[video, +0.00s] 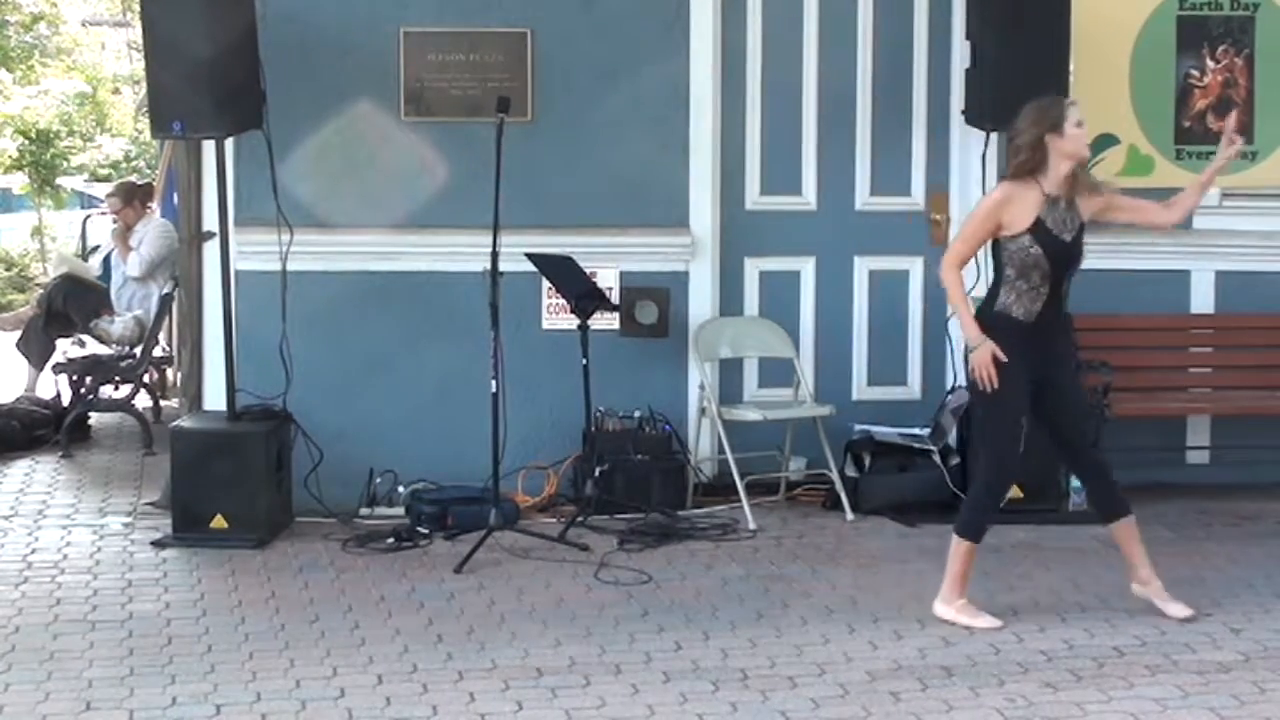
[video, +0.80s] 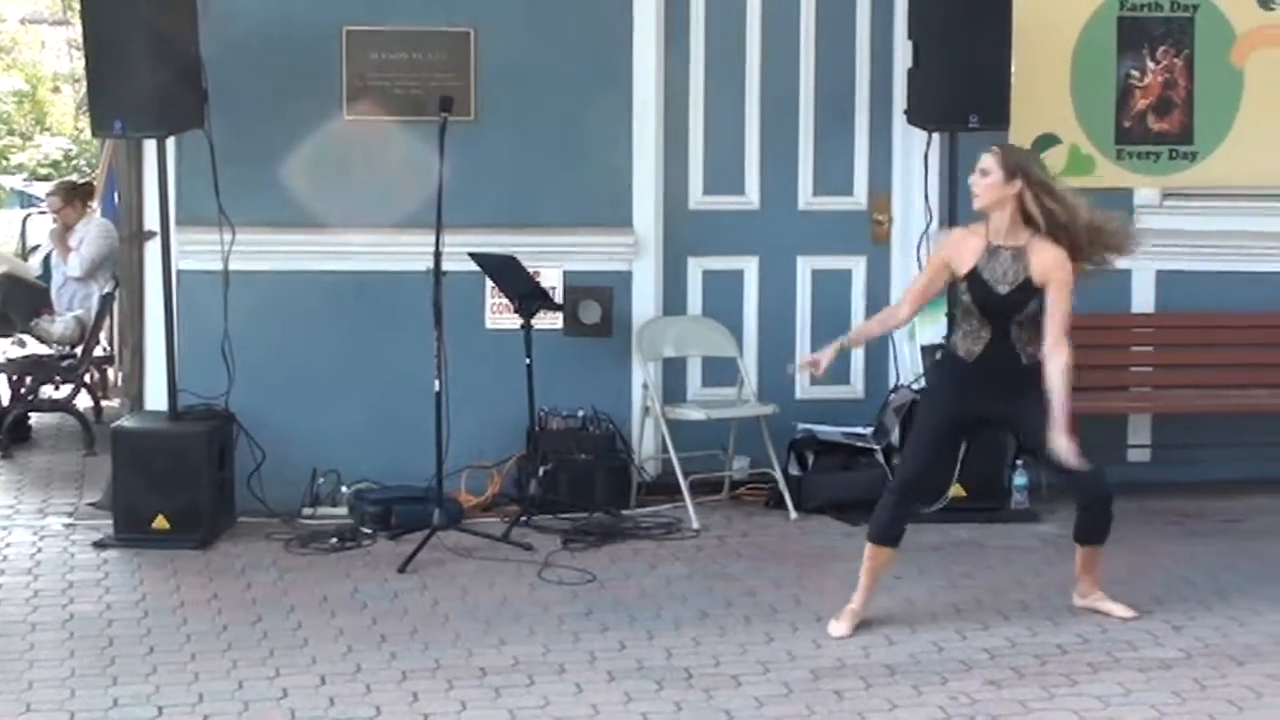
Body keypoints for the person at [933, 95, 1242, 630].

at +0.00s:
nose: (1088, 135)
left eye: (1086, 127)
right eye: (1077, 127)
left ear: (1069, 139)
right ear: (1048, 138)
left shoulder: (1087, 200)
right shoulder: (1009, 196)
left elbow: (1169, 214)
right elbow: (951, 265)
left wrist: (1220, 162)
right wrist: (975, 339)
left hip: (1053, 349)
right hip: (1002, 347)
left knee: (1091, 460)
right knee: (995, 469)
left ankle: (1146, 578)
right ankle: (949, 598)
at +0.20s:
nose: (1129, 125)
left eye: (1127, 115)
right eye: (1116, 116)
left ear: (1122, 128)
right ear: (1089, 130)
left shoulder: (1135, 191)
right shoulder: (1052, 190)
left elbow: (1220, 205)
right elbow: (980, 231)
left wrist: (1266, 156)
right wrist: (1024, 264)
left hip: (1102, 344)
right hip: (1049, 340)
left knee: (1131, 456)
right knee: (1013, 452)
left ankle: (1144, 586)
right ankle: (953, 582)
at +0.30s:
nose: (1110, 135)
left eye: (1117, 125)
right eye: (1098, 129)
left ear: (1133, 136)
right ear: (1084, 144)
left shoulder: (1149, 203)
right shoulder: (1060, 200)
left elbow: (1236, 214)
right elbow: (983, 240)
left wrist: (1273, 165)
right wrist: (983, 207)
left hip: (1105, 351)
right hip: (1049, 346)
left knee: (1138, 463)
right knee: (1008, 457)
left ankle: (1135, 589)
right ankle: (943, 581)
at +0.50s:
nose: (1055, 163)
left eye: (1068, 153)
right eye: (1054, 155)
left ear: (1101, 164)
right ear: (1058, 168)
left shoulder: (1133, 229)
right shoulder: (1037, 220)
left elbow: (1219, 248)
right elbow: (951, 247)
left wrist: (1267, 208)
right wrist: (914, 193)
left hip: (1083, 375)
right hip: (1022, 366)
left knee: (1137, 482)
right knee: (963, 467)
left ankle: (1107, 591)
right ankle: (887, 587)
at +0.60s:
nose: (1033, 172)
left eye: (1043, 164)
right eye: (1034, 163)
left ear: (1076, 174)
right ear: (1049, 176)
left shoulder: (1117, 243)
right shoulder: (1016, 231)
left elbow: (1194, 288)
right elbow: (931, 261)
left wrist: (1252, 270)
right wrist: (866, 229)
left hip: (1067, 384)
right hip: (1003, 375)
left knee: (1127, 485)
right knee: (941, 479)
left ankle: (1096, 589)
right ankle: (865, 594)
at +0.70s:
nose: (1008, 177)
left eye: (1019, 169)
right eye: (1010, 169)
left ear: (1050, 179)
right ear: (1026, 179)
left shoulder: (1086, 252)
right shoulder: (989, 237)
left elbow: (1143, 324)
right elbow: (911, 284)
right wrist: (835, 288)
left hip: (1048, 387)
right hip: (981, 378)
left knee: (1112, 482)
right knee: (927, 482)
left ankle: (1090, 590)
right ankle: (858, 599)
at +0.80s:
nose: (973, 182)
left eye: (985, 175)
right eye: (975, 174)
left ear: (1016, 186)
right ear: (999, 187)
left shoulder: (1050, 258)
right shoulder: (959, 244)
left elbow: (1057, 346)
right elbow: (902, 311)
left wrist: (1058, 429)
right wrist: (837, 346)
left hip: (1022, 391)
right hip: (955, 388)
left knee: (1093, 484)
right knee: (905, 485)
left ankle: (1087, 589)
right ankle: (858, 602)